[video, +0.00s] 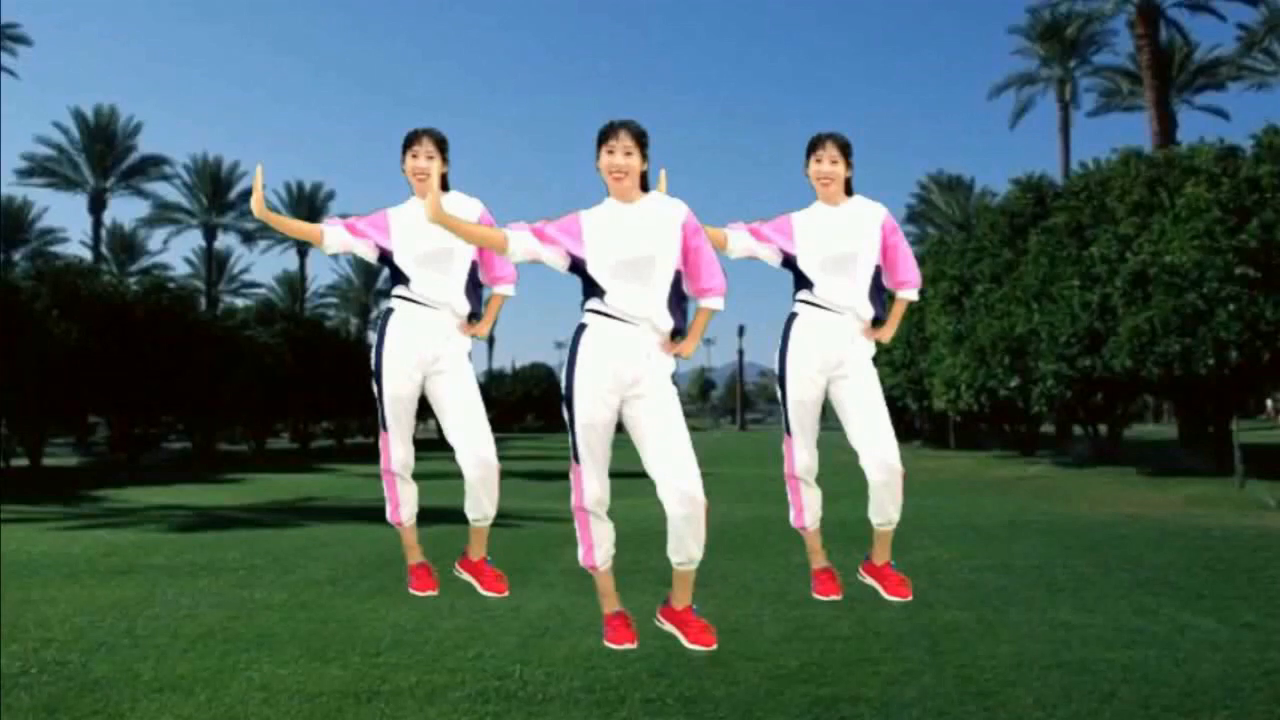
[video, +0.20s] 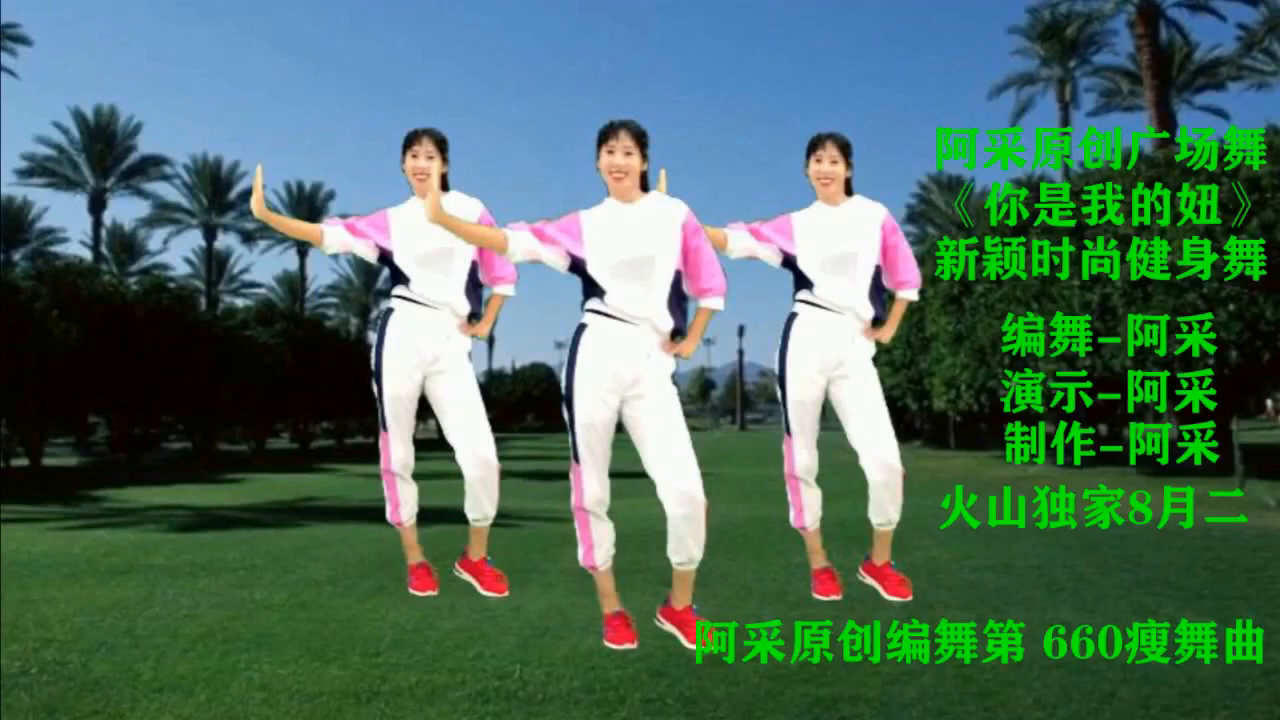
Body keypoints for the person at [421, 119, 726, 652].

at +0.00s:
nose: (618, 160)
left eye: (628, 152)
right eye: (609, 152)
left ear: (644, 162)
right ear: (598, 163)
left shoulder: (675, 216)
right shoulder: (586, 223)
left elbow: (711, 284)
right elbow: (510, 241)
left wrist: (689, 342)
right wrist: (443, 218)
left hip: (653, 354)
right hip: (598, 349)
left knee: (686, 492)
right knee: (593, 488)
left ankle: (679, 606)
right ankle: (612, 611)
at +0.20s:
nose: (618, 160)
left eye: (627, 152)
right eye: (609, 152)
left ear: (644, 162)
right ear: (598, 163)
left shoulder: (675, 215)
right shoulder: (586, 223)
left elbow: (711, 284)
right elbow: (510, 241)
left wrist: (689, 342)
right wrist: (442, 217)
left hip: (653, 354)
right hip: (598, 349)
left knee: (686, 492)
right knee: (593, 489)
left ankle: (680, 606)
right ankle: (612, 611)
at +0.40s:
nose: (618, 160)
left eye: (628, 152)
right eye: (609, 152)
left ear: (644, 162)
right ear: (598, 163)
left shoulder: (675, 216)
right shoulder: (586, 223)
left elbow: (711, 284)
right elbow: (510, 241)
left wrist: (689, 342)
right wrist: (443, 218)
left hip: (653, 353)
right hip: (598, 348)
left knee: (686, 493)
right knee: (593, 489)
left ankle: (679, 607)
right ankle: (612, 610)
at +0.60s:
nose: (618, 160)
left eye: (628, 152)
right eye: (609, 152)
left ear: (644, 162)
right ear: (598, 163)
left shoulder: (675, 215)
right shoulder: (586, 223)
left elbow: (711, 284)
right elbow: (510, 241)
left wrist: (689, 342)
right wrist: (442, 218)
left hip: (654, 352)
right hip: (598, 347)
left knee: (686, 492)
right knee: (593, 489)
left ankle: (679, 607)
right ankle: (612, 611)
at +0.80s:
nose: (618, 160)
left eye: (628, 152)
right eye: (609, 152)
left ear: (644, 162)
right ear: (598, 163)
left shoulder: (675, 216)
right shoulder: (586, 223)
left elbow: (711, 284)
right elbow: (510, 241)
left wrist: (689, 342)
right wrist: (443, 218)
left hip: (654, 353)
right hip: (598, 348)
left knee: (686, 493)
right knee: (593, 489)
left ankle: (679, 607)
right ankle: (612, 611)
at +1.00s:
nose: (618, 160)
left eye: (628, 152)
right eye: (609, 152)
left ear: (644, 162)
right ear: (598, 163)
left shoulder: (675, 216)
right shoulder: (586, 222)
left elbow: (711, 284)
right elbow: (510, 241)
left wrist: (689, 342)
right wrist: (443, 218)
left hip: (654, 353)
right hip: (598, 348)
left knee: (686, 492)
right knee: (593, 489)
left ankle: (679, 607)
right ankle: (612, 610)